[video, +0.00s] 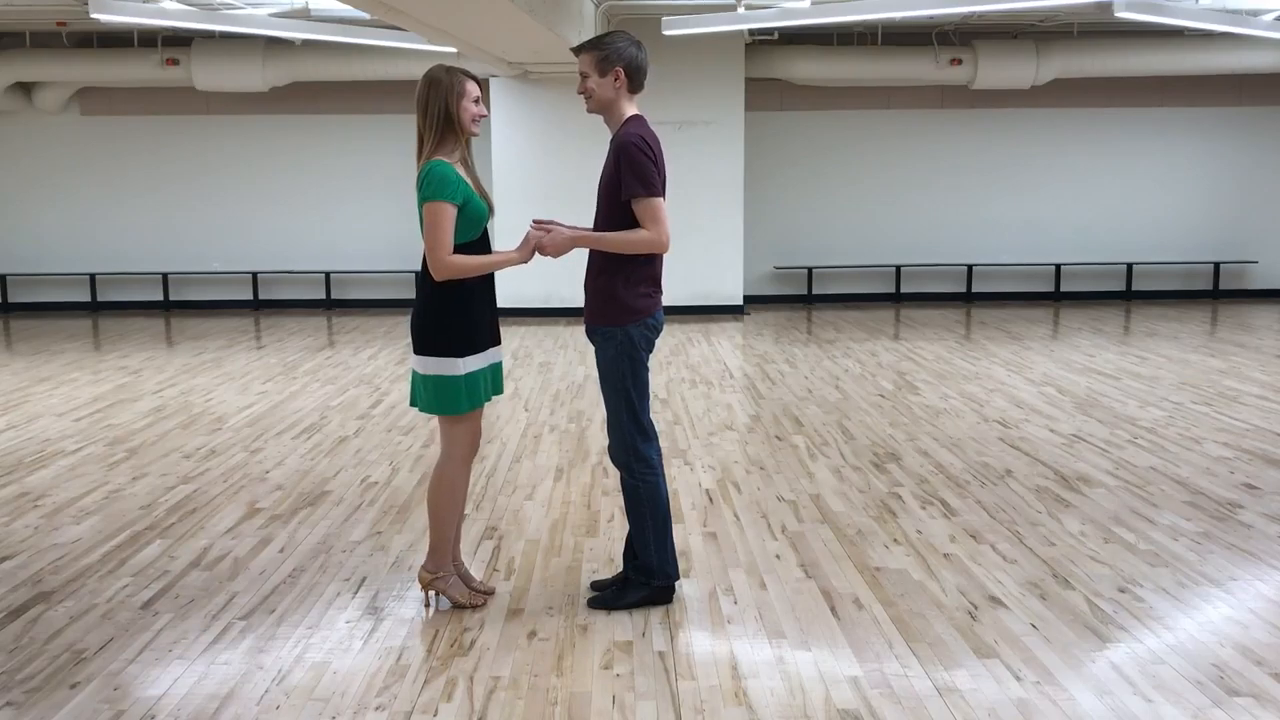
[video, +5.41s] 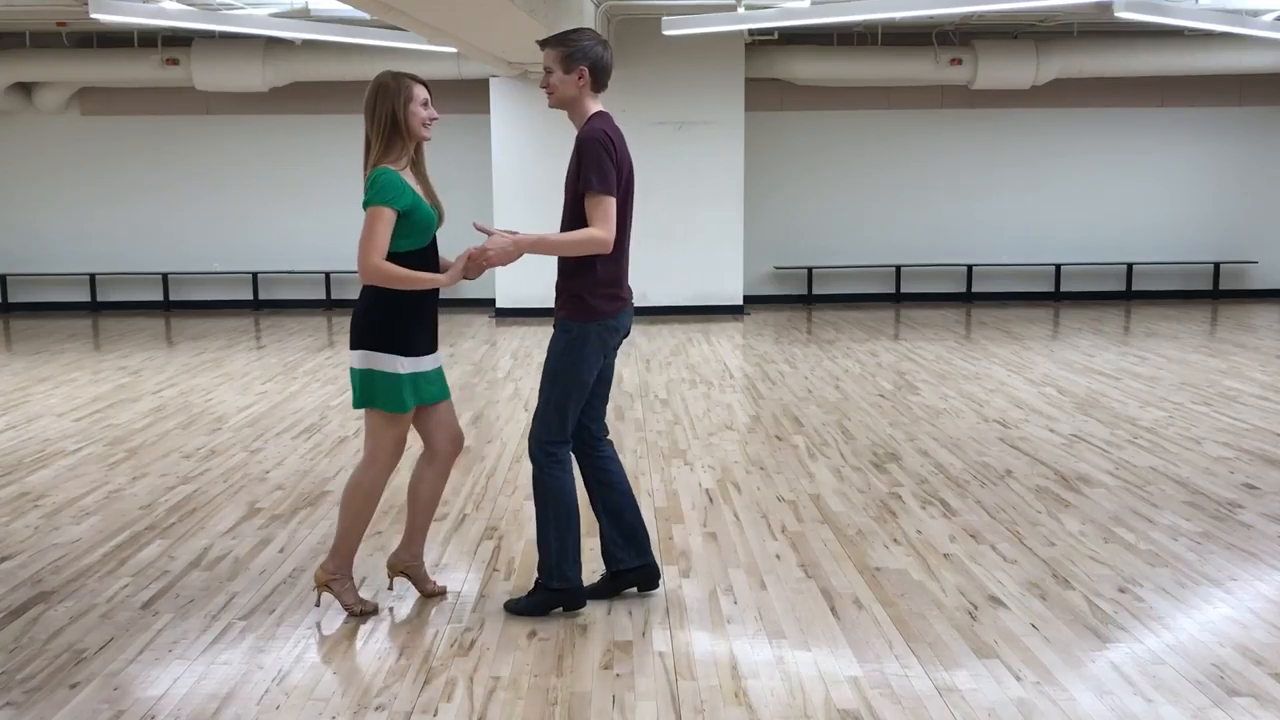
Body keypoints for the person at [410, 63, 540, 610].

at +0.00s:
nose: (482, 110)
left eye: (481, 101)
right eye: (472, 101)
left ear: (465, 108)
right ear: (445, 107)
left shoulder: (457, 171)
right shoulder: (441, 175)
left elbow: (461, 257)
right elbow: (440, 265)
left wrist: (519, 251)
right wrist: (514, 256)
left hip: (464, 327)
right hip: (449, 331)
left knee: (462, 445)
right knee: (458, 446)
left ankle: (451, 559)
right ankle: (438, 564)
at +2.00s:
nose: (511, 111)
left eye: (510, 102)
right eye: (502, 102)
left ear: (490, 111)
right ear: (476, 110)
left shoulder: (487, 171)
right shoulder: (469, 177)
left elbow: (515, 250)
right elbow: (487, 269)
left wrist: (575, 243)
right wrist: (566, 266)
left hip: (499, 326)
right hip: (489, 332)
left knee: (513, 443)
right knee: (539, 442)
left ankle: (504, 553)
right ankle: (483, 551)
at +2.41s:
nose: (494, 111)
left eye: (493, 102)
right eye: (484, 102)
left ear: (478, 108)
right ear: (458, 109)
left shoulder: (473, 173)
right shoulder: (451, 176)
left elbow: (490, 255)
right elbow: (476, 262)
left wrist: (549, 247)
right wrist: (541, 232)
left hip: (480, 325)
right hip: (463, 328)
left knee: (495, 443)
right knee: (486, 446)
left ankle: (430, 546)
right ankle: (476, 565)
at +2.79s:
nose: (463, 115)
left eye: (461, 106)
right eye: (454, 106)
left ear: (441, 113)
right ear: (426, 114)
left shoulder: (437, 175)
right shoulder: (416, 180)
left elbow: (442, 262)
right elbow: (418, 270)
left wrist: (494, 265)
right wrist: (488, 267)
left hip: (439, 331)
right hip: (430, 336)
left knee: (444, 447)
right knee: (471, 447)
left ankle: (419, 562)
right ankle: (410, 552)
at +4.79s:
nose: (477, 111)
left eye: (475, 102)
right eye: (466, 102)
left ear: (459, 111)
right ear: (440, 111)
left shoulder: (455, 173)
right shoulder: (433, 177)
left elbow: (479, 251)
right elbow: (466, 261)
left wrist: (535, 229)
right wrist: (529, 233)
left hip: (468, 327)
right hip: (449, 330)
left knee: (482, 443)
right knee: (478, 446)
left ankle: (420, 544)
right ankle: (460, 562)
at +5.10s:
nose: (450, 113)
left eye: (447, 104)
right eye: (439, 105)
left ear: (428, 113)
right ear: (412, 114)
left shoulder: (426, 176)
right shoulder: (403, 180)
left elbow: (435, 263)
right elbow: (405, 273)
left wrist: (486, 271)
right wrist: (478, 275)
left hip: (430, 332)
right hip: (421, 338)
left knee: (437, 446)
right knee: (465, 445)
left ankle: (411, 560)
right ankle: (405, 550)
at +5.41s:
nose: (432, 113)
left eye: (430, 104)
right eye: (422, 105)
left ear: (409, 114)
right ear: (396, 113)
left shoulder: (410, 177)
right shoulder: (388, 180)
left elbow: (410, 263)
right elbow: (369, 267)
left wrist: (460, 265)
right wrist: (443, 277)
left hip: (414, 334)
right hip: (386, 336)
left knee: (446, 442)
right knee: (382, 452)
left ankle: (410, 554)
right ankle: (337, 567)